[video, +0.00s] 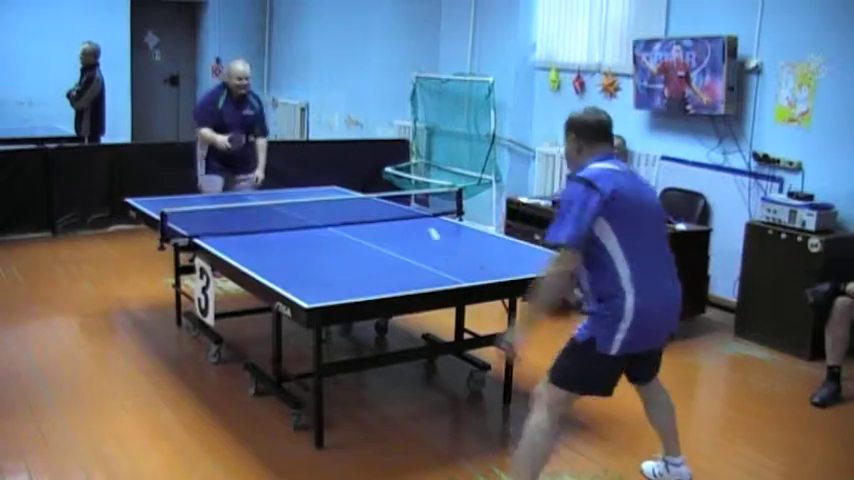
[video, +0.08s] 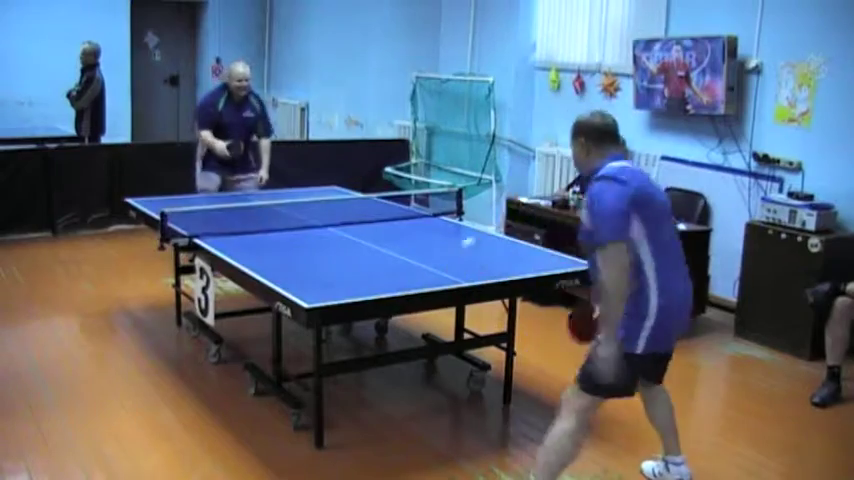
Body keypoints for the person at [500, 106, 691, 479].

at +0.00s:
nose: (565, 154)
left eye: (566, 146)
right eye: (565, 147)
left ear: (576, 145)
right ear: (610, 144)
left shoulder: (587, 182)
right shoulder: (636, 180)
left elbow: (564, 263)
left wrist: (521, 329)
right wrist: (582, 284)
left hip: (620, 314)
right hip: (663, 308)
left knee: (549, 399)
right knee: (647, 380)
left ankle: (519, 472)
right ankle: (675, 462)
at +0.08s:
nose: (573, 156)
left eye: (574, 148)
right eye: (573, 148)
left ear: (584, 146)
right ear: (615, 144)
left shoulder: (606, 188)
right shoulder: (635, 178)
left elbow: (616, 267)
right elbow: (628, 257)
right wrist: (598, 305)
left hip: (639, 315)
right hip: (669, 308)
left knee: (577, 401)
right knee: (650, 385)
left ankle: (539, 473)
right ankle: (675, 462)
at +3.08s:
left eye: (517, 98)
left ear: (517, 101)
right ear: (562, 101)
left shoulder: (502, 155)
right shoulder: (595, 156)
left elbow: (477, 240)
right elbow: (616, 232)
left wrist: (475, 304)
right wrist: (588, 273)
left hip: (525, 307)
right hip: (586, 305)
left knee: (499, 399)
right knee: (599, 389)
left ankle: (495, 475)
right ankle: (613, 474)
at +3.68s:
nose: (524, 95)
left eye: (525, 89)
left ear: (526, 92)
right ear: (573, 93)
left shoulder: (510, 147)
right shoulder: (596, 154)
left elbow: (483, 235)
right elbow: (610, 233)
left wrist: (475, 297)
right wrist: (603, 291)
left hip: (519, 300)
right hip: (576, 299)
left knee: (498, 396)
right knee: (580, 389)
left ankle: (496, 475)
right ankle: (588, 475)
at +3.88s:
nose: (536, 95)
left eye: (537, 89)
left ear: (540, 92)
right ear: (582, 95)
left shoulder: (525, 148)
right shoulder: (607, 153)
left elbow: (498, 234)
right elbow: (619, 231)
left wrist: (489, 295)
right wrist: (609, 286)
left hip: (532, 297)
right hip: (588, 296)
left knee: (506, 393)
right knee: (587, 389)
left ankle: (499, 476)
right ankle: (589, 475)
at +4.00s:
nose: (540, 95)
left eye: (542, 89)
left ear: (545, 93)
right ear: (588, 95)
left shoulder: (532, 147)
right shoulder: (612, 153)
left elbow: (503, 233)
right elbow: (623, 230)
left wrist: (488, 295)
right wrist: (612, 284)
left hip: (538, 299)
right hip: (593, 298)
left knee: (510, 394)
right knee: (590, 390)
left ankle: (500, 475)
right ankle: (590, 475)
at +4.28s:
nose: (547, 96)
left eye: (548, 90)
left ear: (551, 93)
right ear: (593, 95)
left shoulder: (539, 147)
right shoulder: (618, 152)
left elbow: (512, 232)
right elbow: (627, 230)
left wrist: (498, 294)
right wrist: (614, 284)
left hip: (545, 298)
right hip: (599, 298)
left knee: (515, 393)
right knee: (591, 387)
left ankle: (502, 475)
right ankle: (590, 475)